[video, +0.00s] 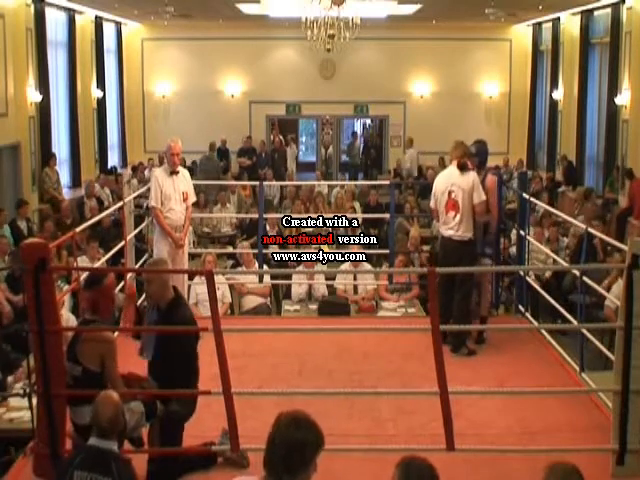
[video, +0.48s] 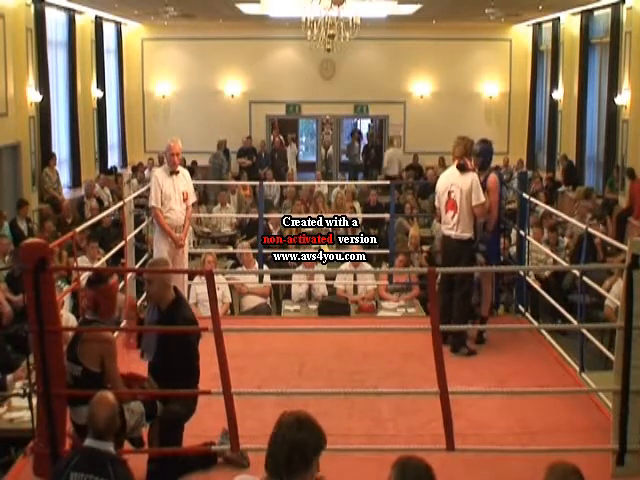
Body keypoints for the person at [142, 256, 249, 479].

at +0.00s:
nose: (145, 288)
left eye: (149, 282)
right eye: (144, 281)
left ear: (165, 281)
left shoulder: (180, 318)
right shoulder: (155, 308)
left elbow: (182, 369)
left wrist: (173, 406)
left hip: (175, 399)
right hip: (160, 393)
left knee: (162, 469)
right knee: (157, 467)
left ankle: (217, 451)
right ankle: (215, 449)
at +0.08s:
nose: (145, 287)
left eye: (150, 282)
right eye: (144, 281)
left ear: (165, 282)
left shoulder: (180, 317)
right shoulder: (155, 308)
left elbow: (182, 368)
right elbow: (139, 336)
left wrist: (173, 405)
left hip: (176, 398)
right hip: (160, 393)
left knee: (162, 469)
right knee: (157, 467)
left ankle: (217, 451)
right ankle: (215, 449)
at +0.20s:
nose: (146, 288)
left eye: (150, 282)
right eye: (145, 281)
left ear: (166, 282)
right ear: (150, 281)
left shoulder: (181, 319)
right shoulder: (157, 308)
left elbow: (183, 370)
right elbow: (156, 358)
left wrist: (174, 407)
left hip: (175, 399)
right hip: (160, 394)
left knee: (162, 470)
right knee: (157, 467)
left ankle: (217, 451)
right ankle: (215, 449)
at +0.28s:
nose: (146, 288)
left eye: (150, 282)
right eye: (145, 282)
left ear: (166, 282)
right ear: (151, 281)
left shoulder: (181, 319)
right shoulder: (156, 308)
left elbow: (185, 371)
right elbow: (150, 347)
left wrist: (174, 408)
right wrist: (138, 327)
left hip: (176, 399)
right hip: (160, 393)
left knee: (161, 470)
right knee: (158, 467)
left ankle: (216, 451)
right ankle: (215, 449)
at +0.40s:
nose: (145, 288)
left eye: (150, 282)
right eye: (145, 282)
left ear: (166, 282)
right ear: (161, 283)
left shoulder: (181, 319)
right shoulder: (156, 307)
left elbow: (185, 372)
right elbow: (150, 350)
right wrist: (136, 325)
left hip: (176, 399)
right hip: (160, 393)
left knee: (160, 470)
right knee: (159, 467)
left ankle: (217, 451)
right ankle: (215, 450)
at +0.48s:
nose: (146, 288)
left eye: (150, 282)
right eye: (145, 282)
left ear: (166, 282)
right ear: (159, 282)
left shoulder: (181, 319)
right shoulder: (156, 308)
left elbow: (184, 372)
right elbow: (150, 352)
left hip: (176, 399)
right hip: (160, 394)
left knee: (161, 469)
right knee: (159, 467)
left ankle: (217, 451)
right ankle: (215, 450)